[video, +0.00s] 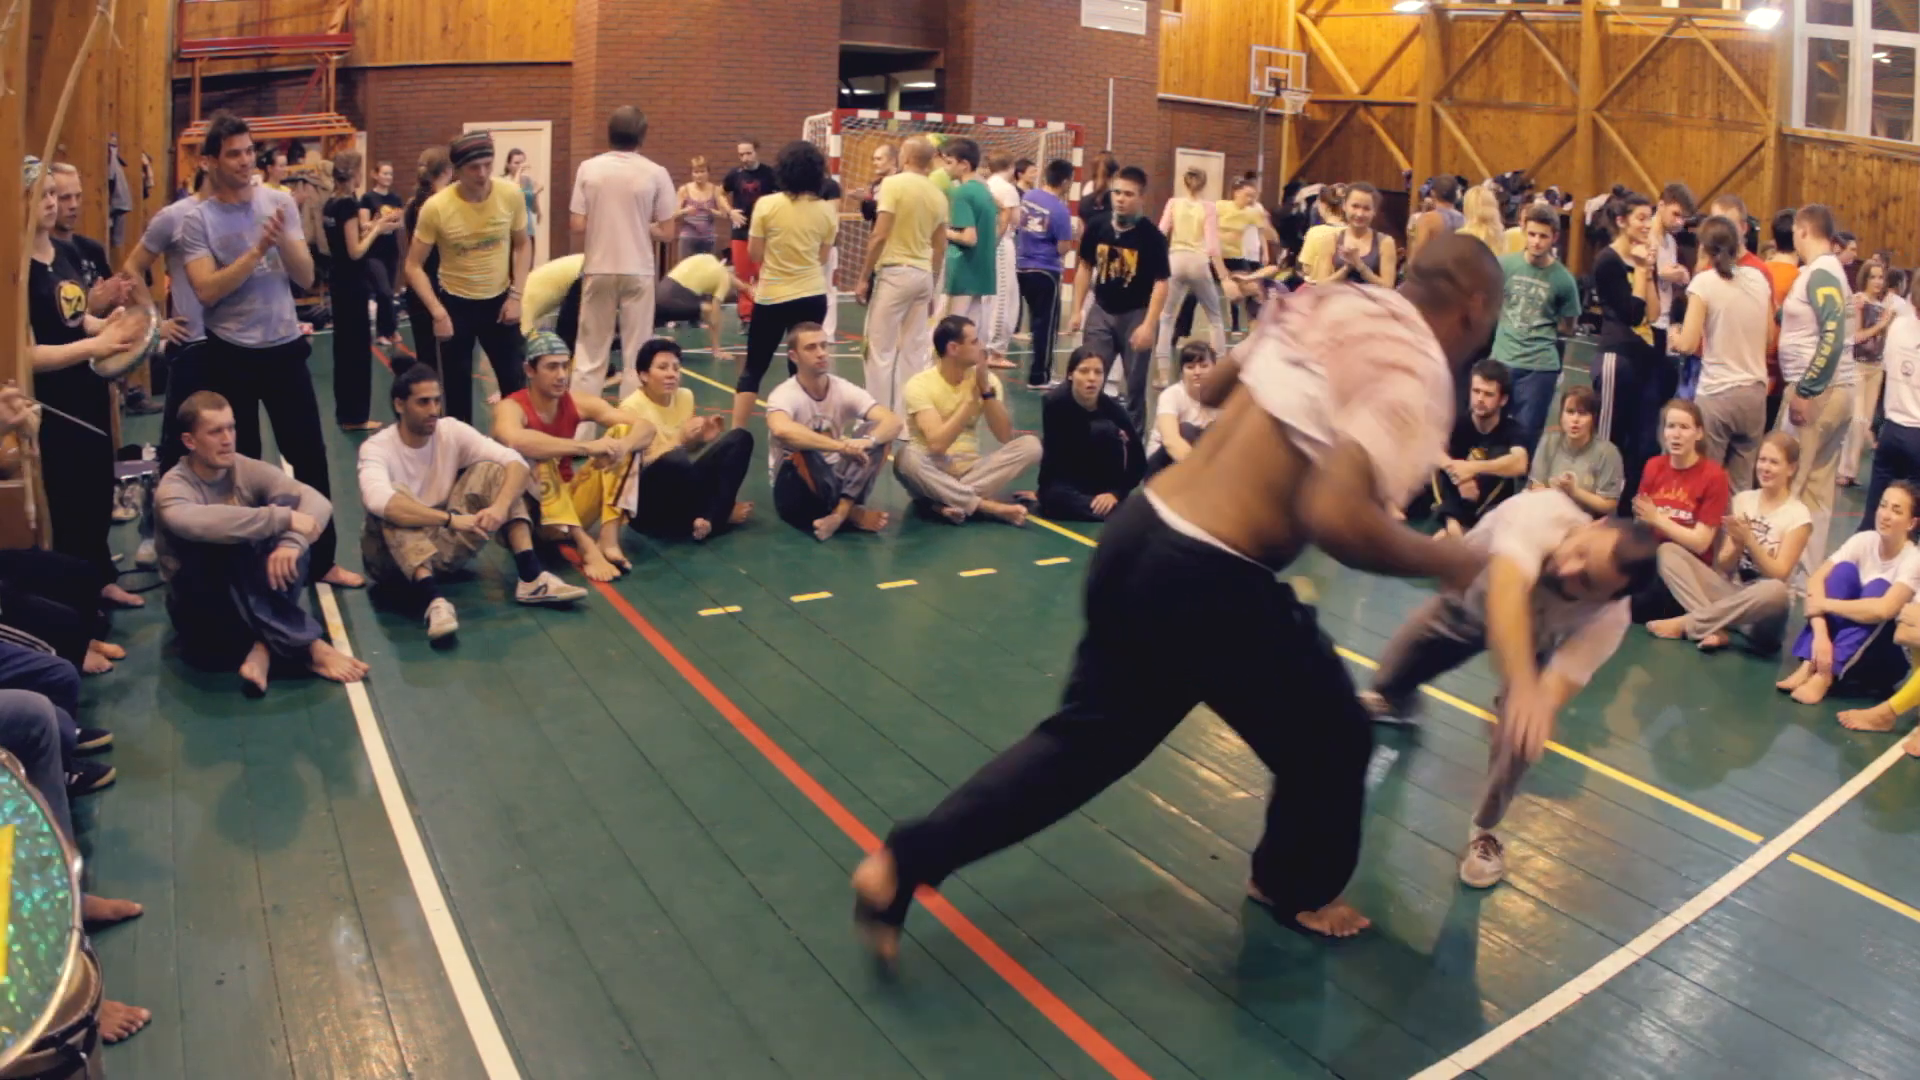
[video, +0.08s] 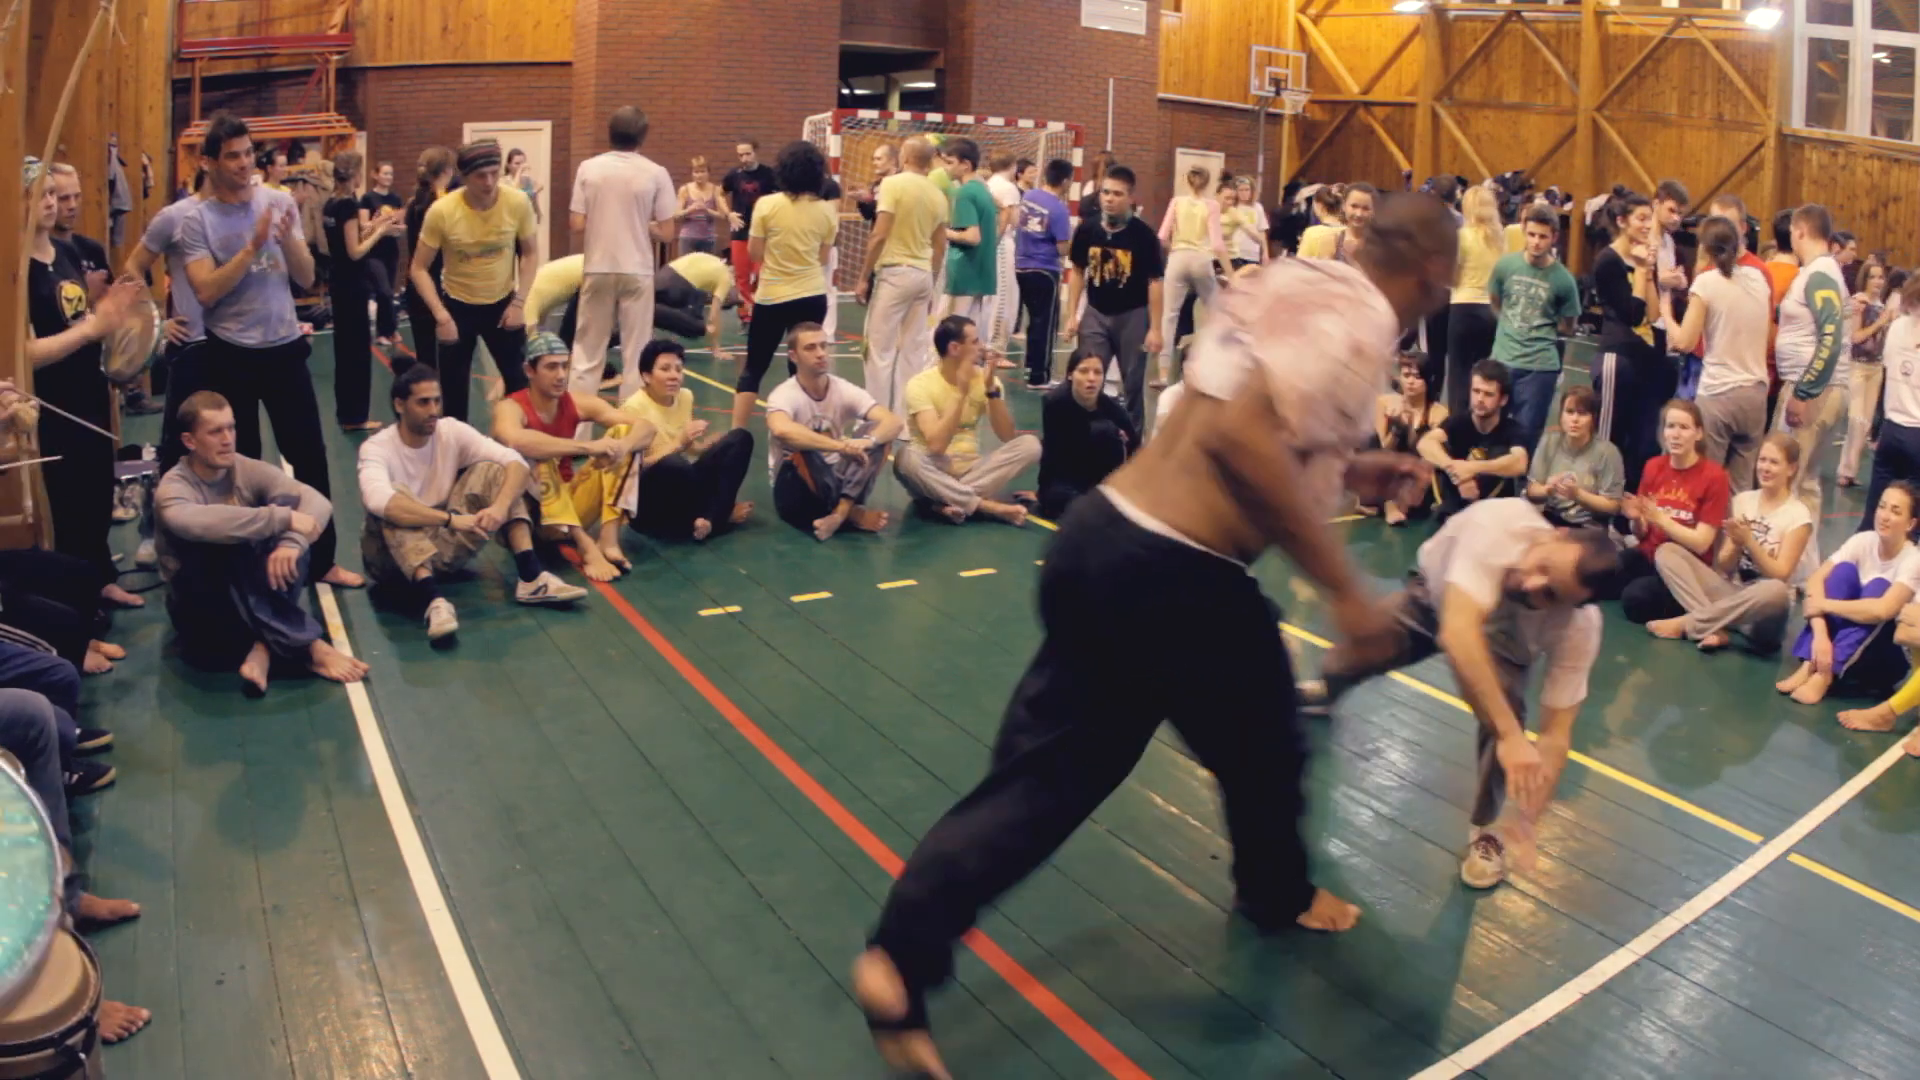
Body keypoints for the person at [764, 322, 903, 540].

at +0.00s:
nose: (821, 354)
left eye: (824, 346)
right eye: (811, 348)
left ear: (829, 348)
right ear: (793, 355)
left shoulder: (842, 389)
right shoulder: (784, 394)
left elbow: (893, 422)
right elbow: (781, 431)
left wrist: (869, 440)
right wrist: (841, 446)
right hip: (797, 500)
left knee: (877, 431)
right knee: (803, 452)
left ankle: (840, 512)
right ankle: (851, 511)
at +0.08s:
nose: (820, 354)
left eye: (823, 347)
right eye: (810, 348)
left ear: (829, 349)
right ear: (793, 355)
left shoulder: (842, 389)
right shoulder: (784, 395)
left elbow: (893, 422)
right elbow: (781, 431)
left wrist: (869, 441)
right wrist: (841, 446)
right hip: (797, 500)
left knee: (877, 430)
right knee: (804, 453)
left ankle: (840, 512)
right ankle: (852, 511)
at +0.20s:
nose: (820, 354)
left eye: (823, 347)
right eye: (810, 348)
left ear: (828, 349)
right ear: (793, 355)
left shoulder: (842, 389)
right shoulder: (784, 394)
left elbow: (893, 422)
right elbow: (781, 431)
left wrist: (870, 440)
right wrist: (841, 446)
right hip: (797, 500)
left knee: (878, 430)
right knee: (804, 452)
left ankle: (840, 512)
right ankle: (852, 511)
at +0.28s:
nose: (820, 354)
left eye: (823, 347)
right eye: (810, 349)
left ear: (828, 349)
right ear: (793, 355)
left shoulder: (842, 389)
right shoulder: (784, 394)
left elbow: (893, 422)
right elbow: (781, 431)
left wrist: (870, 440)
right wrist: (841, 447)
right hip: (797, 499)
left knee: (877, 430)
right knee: (804, 453)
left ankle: (841, 512)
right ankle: (851, 511)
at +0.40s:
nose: (820, 355)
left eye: (823, 347)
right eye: (810, 349)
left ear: (829, 349)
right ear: (793, 355)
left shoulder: (841, 389)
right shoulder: (784, 394)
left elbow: (889, 419)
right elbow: (781, 431)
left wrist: (870, 441)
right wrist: (840, 446)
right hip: (797, 496)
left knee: (876, 437)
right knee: (803, 456)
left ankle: (840, 513)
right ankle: (852, 512)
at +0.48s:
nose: (820, 355)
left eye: (823, 347)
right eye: (810, 349)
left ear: (829, 349)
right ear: (793, 356)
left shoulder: (846, 390)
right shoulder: (783, 394)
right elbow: (780, 430)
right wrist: (836, 445)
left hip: (841, 489)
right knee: (805, 457)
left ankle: (839, 515)